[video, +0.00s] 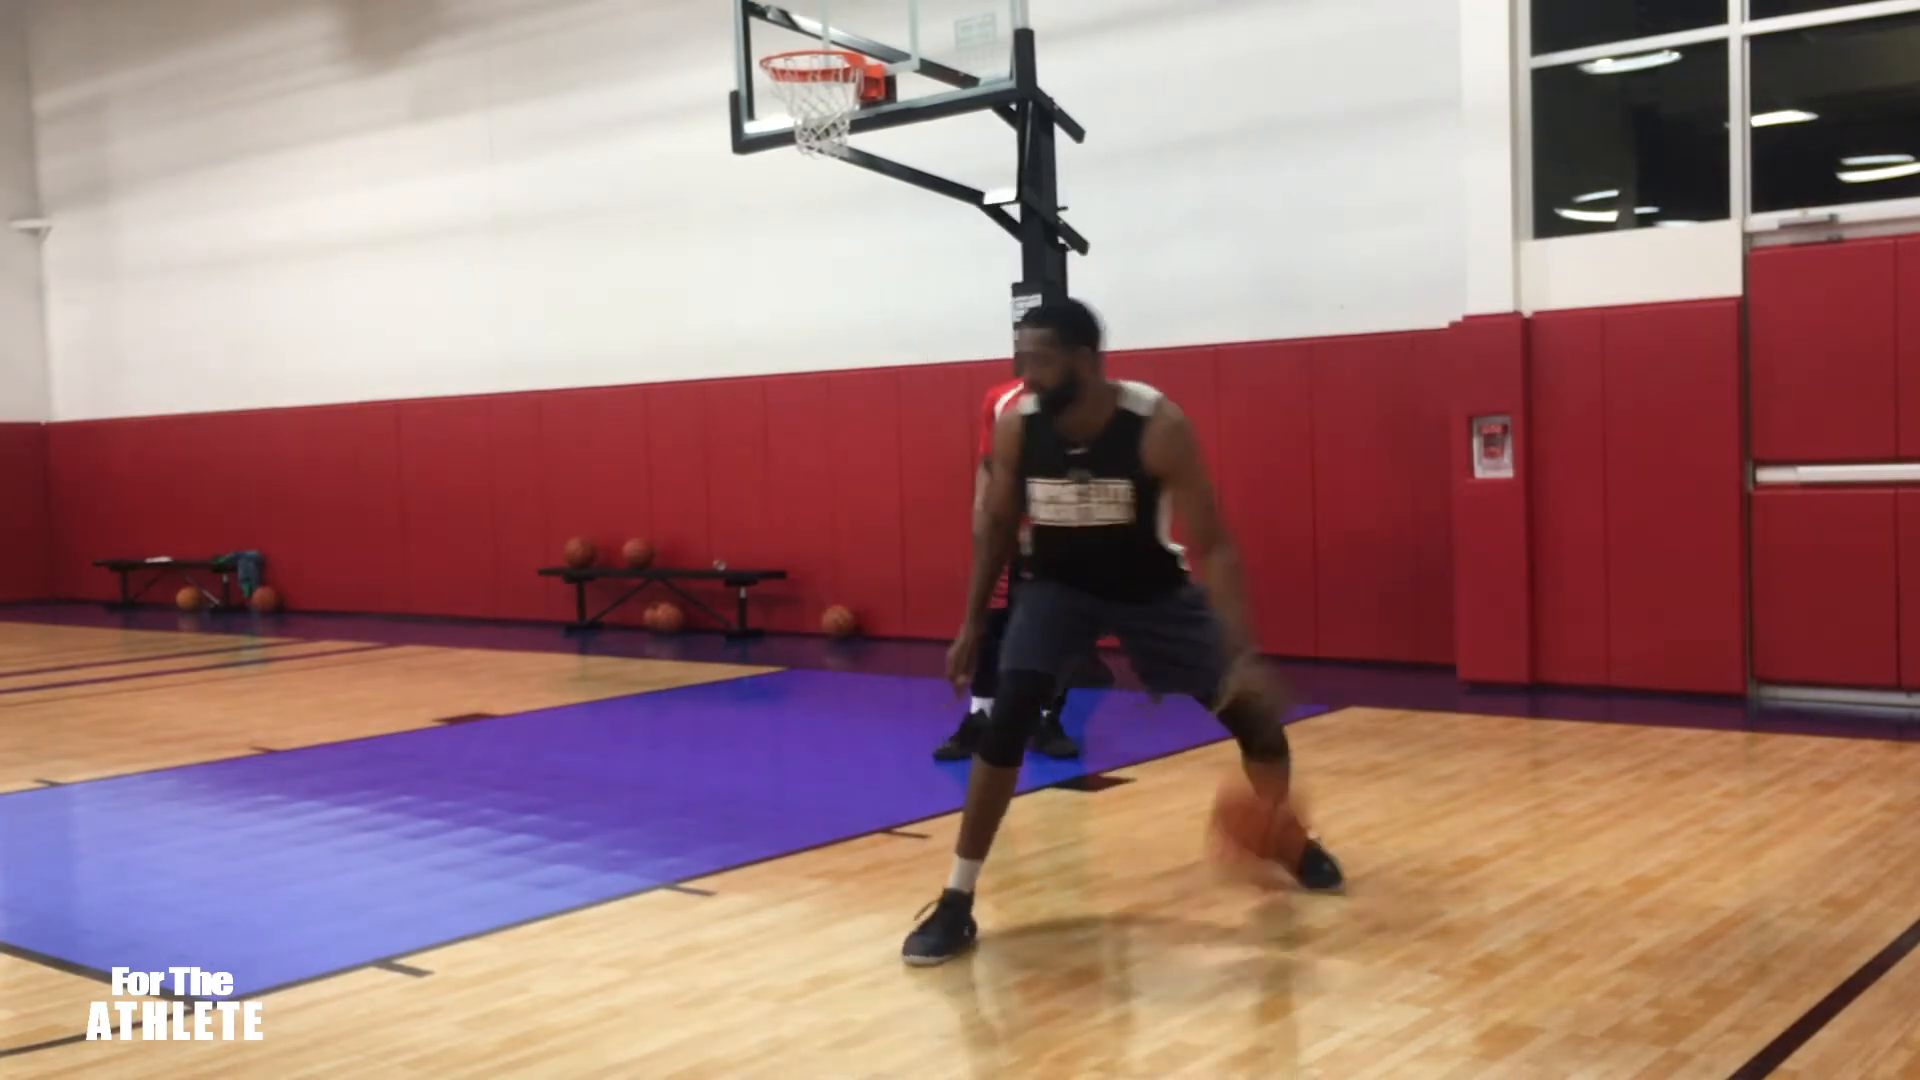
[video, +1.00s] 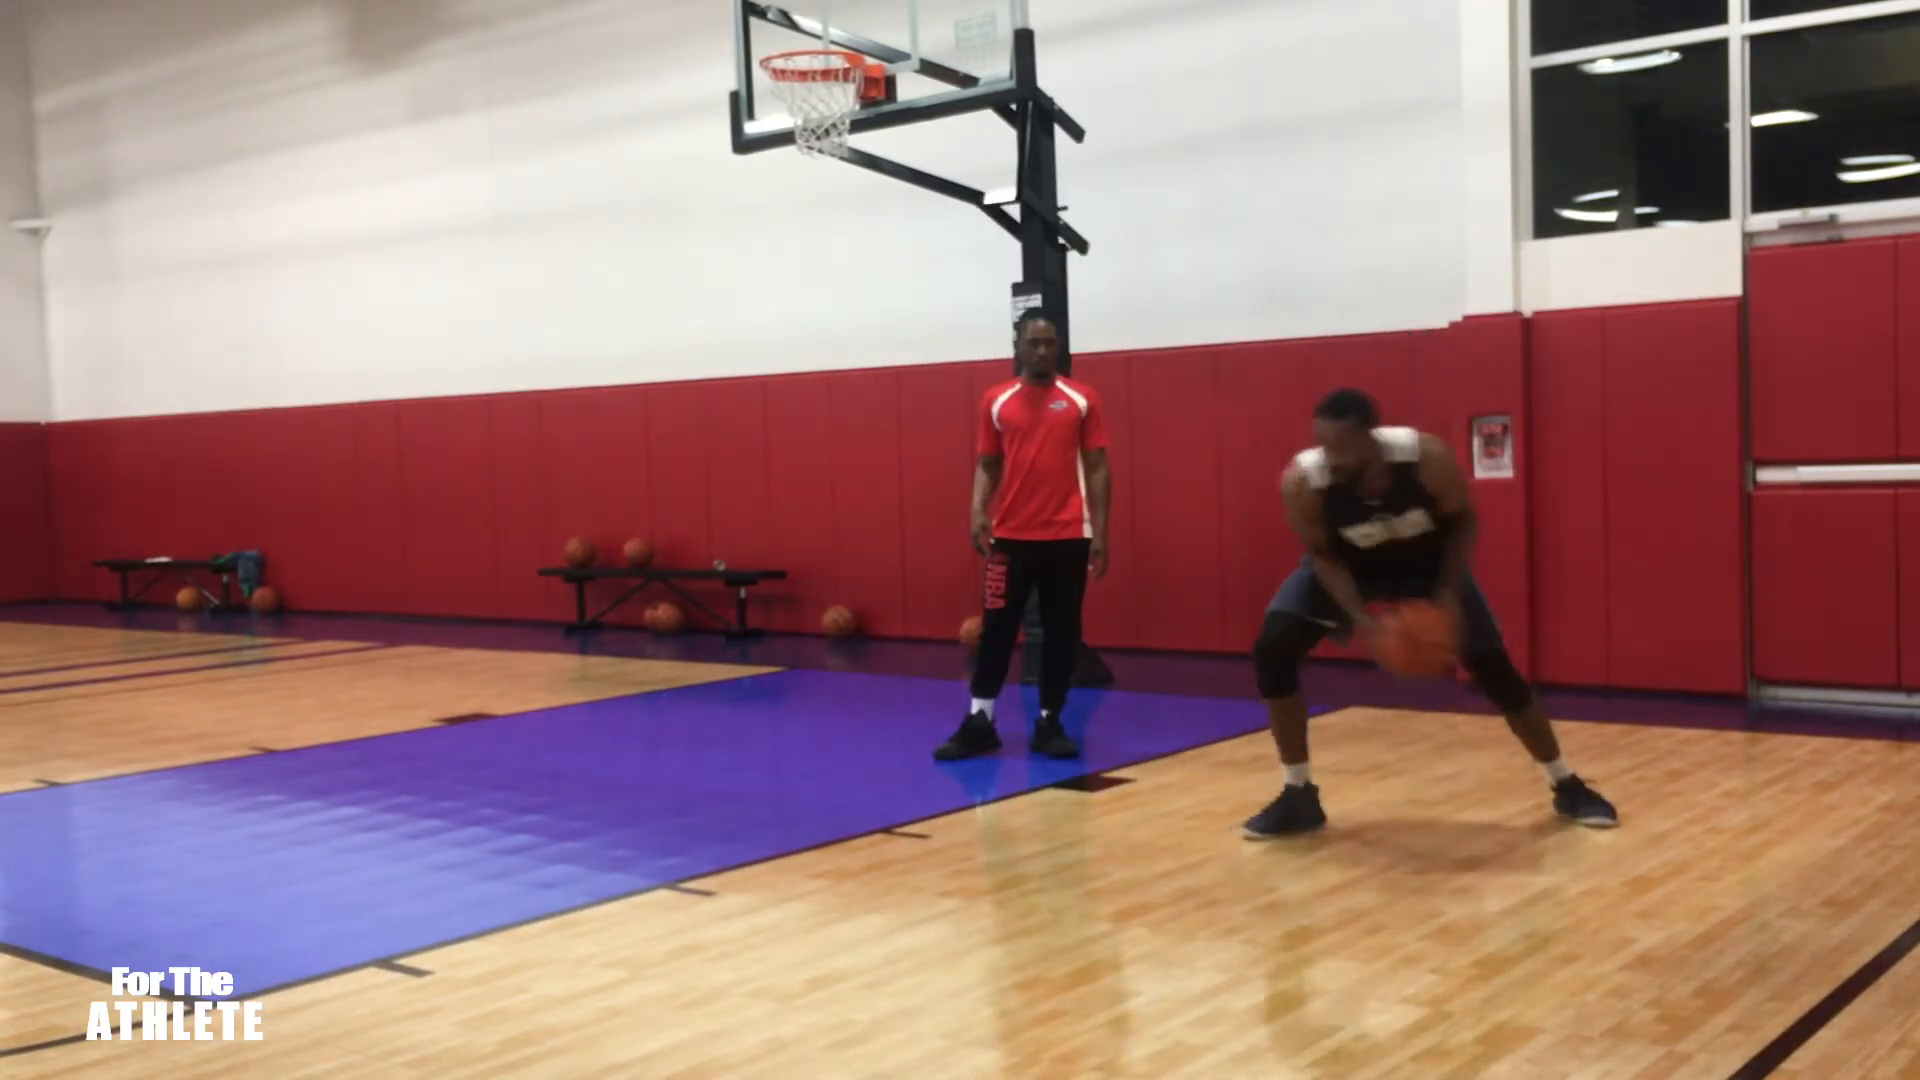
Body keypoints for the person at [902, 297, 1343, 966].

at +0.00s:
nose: (1025, 371)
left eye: (1037, 359)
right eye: (1021, 358)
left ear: (1084, 360)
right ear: (1024, 360)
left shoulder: (1156, 425)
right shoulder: (1017, 425)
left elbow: (1210, 543)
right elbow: (995, 529)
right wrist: (971, 630)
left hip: (1151, 590)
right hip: (1056, 592)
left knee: (1258, 711)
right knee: (1007, 720)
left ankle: (1283, 833)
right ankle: (956, 901)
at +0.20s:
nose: (1155, 323)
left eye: (1167, 309)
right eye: (1149, 311)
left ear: (1206, 306)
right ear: (1148, 314)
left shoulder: (1274, 367)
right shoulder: (1136, 389)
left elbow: (1350, 414)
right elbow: (1102, 472)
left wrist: (1403, 436)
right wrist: (1068, 558)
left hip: (1248, 558)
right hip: (1157, 561)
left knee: (1289, 697)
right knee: (1098, 694)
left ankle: (1263, 844)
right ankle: (1036, 858)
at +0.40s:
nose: (1218, 263)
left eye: (1229, 249)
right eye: (1210, 251)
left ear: (1266, 243)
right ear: (1207, 250)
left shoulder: (1328, 292)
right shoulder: (1198, 330)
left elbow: (1384, 346)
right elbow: (1161, 422)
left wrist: (1429, 344)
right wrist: (1149, 522)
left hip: (1311, 504)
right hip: (1231, 510)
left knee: (1306, 655)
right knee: (1235, 653)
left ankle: (1292, 817)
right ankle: (1230, 821)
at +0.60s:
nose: (1278, 297)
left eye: (1289, 284)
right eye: (1270, 285)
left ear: (1324, 277)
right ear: (1266, 284)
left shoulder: (1376, 332)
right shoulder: (1255, 361)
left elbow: (1452, 394)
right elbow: (1212, 447)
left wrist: (1402, 377)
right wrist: (1224, 509)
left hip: (1367, 519)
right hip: (1289, 528)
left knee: (1410, 651)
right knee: (1294, 662)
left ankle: (1417, 785)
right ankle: (1287, 822)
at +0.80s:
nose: (1362, 375)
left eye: (1374, 364)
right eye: (1355, 363)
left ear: (1404, 358)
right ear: (1347, 358)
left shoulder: (1448, 409)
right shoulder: (1325, 408)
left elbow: (1479, 513)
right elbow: (1311, 503)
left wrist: (1492, 619)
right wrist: (1322, 577)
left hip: (1418, 536)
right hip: (1338, 537)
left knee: (1490, 655)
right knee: (1291, 632)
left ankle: (1558, 776)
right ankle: (1270, 805)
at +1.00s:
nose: (1330, 456)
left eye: (1339, 445)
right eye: (1324, 445)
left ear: (1368, 436)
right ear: (1319, 439)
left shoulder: (1426, 456)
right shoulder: (1304, 481)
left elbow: (1462, 522)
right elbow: (1321, 555)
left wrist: (1448, 600)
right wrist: (1362, 620)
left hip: (1427, 566)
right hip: (1346, 570)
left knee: (1494, 668)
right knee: (1272, 652)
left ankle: (1566, 784)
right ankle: (1299, 794)